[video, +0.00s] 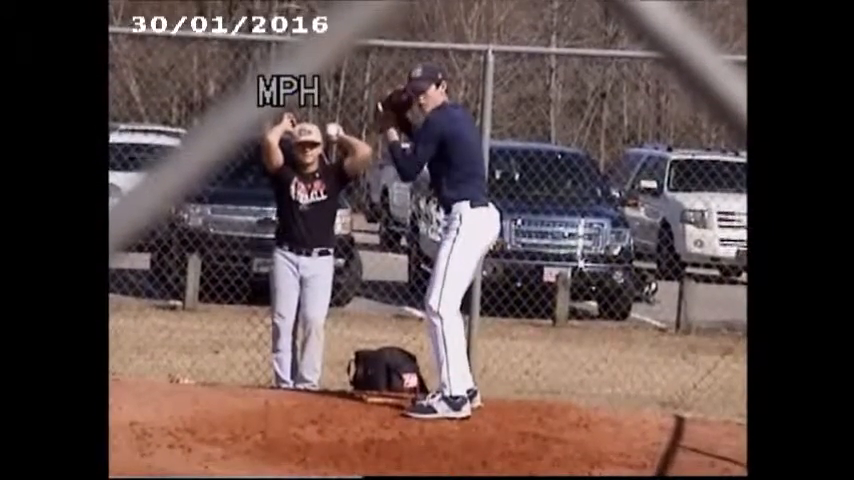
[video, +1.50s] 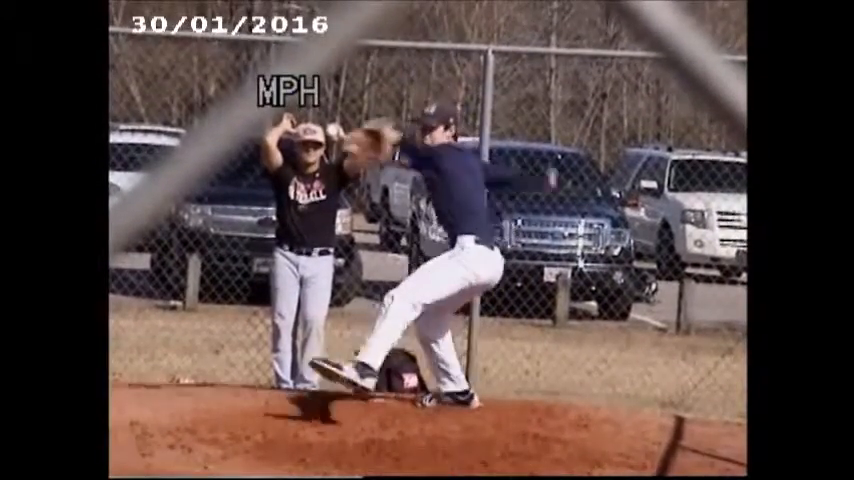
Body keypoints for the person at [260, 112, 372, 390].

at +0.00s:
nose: (307, 152)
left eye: (313, 146)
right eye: (302, 147)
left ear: (322, 148)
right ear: (294, 149)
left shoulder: (334, 174)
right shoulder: (284, 174)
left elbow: (365, 153)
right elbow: (270, 145)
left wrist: (342, 137)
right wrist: (281, 127)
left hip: (320, 258)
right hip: (286, 256)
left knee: (314, 320)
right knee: (282, 320)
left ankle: (309, 380)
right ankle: (283, 380)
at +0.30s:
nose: (308, 153)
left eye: (314, 147)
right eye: (303, 148)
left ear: (323, 149)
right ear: (295, 150)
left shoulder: (335, 175)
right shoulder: (285, 176)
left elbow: (365, 154)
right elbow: (271, 146)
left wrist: (342, 138)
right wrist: (283, 128)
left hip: (321, 260)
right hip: (287, 258)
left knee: (315, 322)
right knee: (283, 321)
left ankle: (309, 381)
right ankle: (283, 381)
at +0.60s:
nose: (308, 153)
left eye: (314, 148)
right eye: (303, 148)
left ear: (323, 150)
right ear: (294, 151)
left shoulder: (335, 176)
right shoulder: (284, 176)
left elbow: (365, 155)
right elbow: (270, 146)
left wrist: (343, 139)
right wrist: (283, 129)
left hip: (321, 260)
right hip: (287, 258)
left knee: (315, 323)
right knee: (283, 321)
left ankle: (309, 382)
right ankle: (283, 381)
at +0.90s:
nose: (308, 152)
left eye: (313, 147)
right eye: (303, 147)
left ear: (323, 148)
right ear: (295, 149)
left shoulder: (334, 174)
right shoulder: (284, 174)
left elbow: (366, 155)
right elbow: (268, 142)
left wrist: (343, 137)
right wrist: (282, 126)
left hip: (321, 258)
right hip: (286, 256)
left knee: (314, 319)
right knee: (282, 319)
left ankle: (309, 379)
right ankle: (283, 378)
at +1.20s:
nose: (310, 155)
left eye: (315, 150)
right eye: (305, 150)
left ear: (324, 151)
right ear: (296, 151)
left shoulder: (334, 177)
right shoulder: (284, 177)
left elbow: (367, 159)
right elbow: (268, 147)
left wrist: (343, 140)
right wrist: (282, 130)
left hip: (321, 261)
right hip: (286, 259)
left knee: (314, 323)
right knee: (282, 322)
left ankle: (309, 382)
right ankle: (283, 382)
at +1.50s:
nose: (309, 152)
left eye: (315, 147)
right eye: (304, 147)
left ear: (323, 149)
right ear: (295, 149)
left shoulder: (334, 175)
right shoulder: (284, 175)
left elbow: (356, 165)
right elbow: (269, 144)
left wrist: (349, 145)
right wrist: (282, 127)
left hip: (320, 259)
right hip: (286, 257)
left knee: (314, 320)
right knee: (282, 320)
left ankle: (308, 379)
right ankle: (282, 380)